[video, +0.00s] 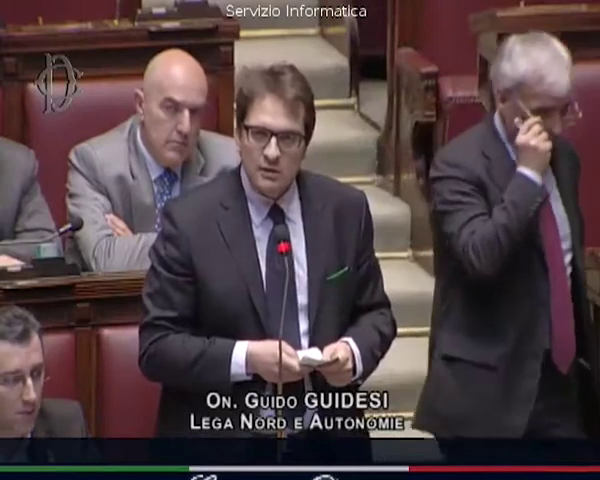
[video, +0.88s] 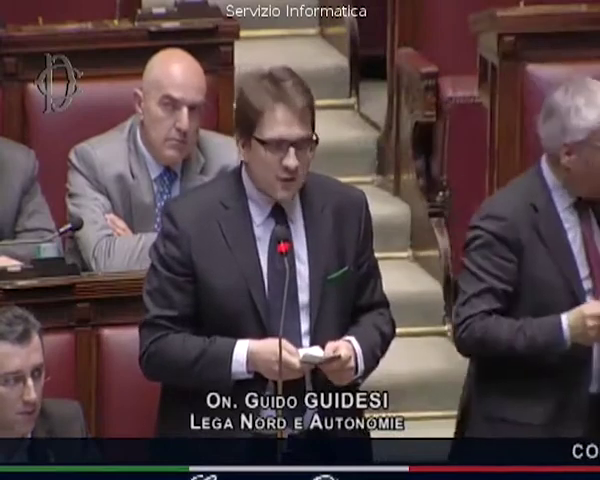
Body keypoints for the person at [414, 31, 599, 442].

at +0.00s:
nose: (555, 126)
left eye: (563, 111)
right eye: (542, 112)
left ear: (570, 99)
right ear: (504, 101)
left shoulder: (564, 159)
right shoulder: (457, 164)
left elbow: (571, 265)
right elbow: (480, 258)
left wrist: (583, 354)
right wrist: (527, 174)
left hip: (561, 378)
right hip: (486, 382)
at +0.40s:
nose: (571, 164)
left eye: (577, 151)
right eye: (560, 152)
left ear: (583, 135)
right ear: (517, 134)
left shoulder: (565, 181)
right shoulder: (464, 194)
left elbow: (579, 288)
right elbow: (481, 292)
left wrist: (588, 379)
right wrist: (544, 218)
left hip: (572, 396)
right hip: (496, 405)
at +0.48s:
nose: (579, 169)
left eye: (584, 155)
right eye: (568, 156)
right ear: (524, 139)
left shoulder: (571, 189)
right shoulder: (467, 200)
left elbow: (584, 297)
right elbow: (479, 305)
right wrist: (550, 241)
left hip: (575, 402)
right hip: (497, 408)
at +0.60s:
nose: (589, 171)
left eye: (592, 158)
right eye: (579, 159)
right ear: (533, 143)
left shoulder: (572, 192)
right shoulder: (475, 205)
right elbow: (473, 319)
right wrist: (558, 275)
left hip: (575, 405)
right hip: (499, 411)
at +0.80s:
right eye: (597, 154)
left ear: (561, 151)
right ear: (558, 151)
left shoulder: (586, 200)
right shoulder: (495, 214)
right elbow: (466, 326)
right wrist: (558, 322)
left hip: (589, 417)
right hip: (515, 426)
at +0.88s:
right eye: (599, 148)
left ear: (570, 152)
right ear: (569, 153)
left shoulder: (588, 206)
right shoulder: (505, 218)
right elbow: (471, 328)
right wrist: (566, 329)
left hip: (589, 423)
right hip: (526, 430)